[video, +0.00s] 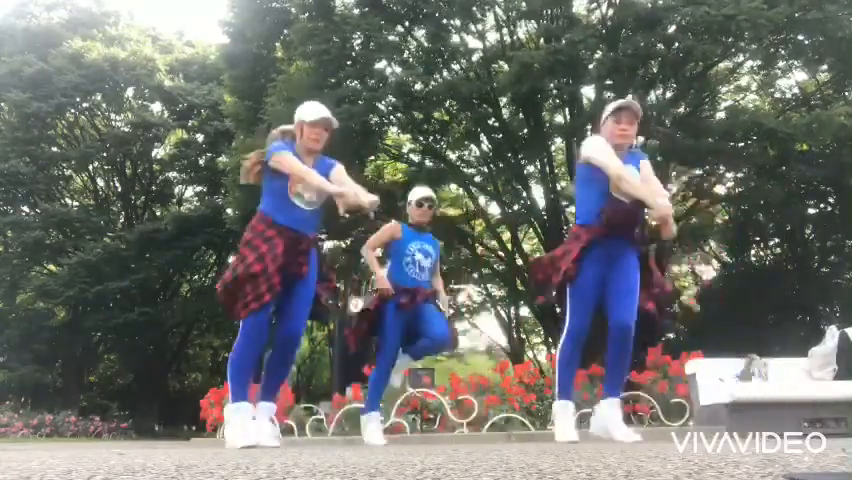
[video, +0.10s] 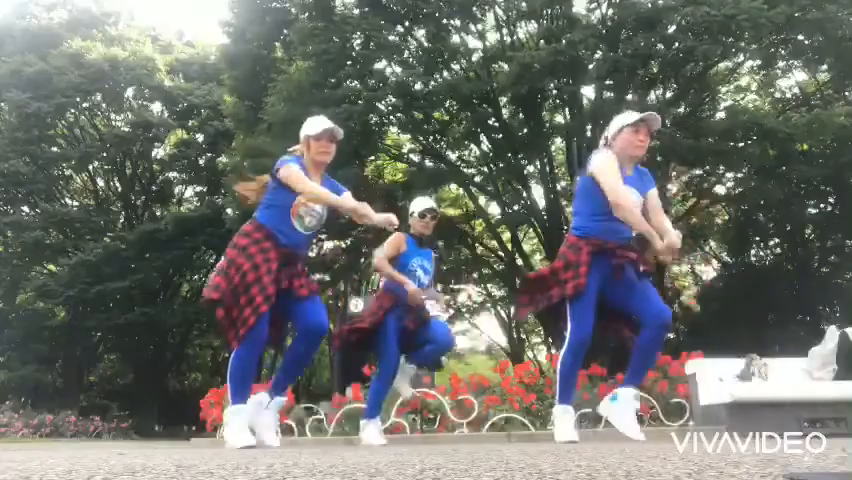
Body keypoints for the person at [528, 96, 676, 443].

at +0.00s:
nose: (624, 128)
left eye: (631, 123)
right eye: (617, 121)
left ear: (637, 129)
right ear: (603, 124)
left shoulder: (639, 158)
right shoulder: (593, 146)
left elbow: (658, 196)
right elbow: (620, 177)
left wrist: (664, 218)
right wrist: (658, 203)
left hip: (624, 251)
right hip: (589, 250)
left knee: (623, 324)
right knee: (577, 328)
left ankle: (608, 411)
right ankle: (563, 410)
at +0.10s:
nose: (643, 138)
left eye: (647, 134)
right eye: (635, 131)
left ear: (649, 142)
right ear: (614, 137)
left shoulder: (643, 176)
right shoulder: (603, 159)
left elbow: (658, 214)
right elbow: (619, 202)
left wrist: (671, 236)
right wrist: (653, 236)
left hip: (622, 261)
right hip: (587, 258)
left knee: (659, 316)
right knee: (580, 335)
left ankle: (624, 398)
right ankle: (563, 410)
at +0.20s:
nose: (658, 141)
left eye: (659, 137)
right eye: (650, 135)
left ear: (659, 145)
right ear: (629, 141)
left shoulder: (652, 186)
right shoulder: (611, 165)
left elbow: (652, 230)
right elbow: (598, 203)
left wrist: (663, 248)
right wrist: (633, 242)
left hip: (631, 266)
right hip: (597, 262)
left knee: (686, 315)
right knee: (584, 338)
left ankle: (672, 402)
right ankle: (564, 411)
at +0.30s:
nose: (668, 142)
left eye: (669, 139)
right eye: (659, 138)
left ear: (669, 148)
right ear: (640, 147)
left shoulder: (664, 191)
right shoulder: (622, 179)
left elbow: (653, 233)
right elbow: (588, 216)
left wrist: (664, 268)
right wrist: (620, 254)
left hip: (660, 279)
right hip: (625, 277)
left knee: (711, 338)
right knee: (603, 347)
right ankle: (565, 410)